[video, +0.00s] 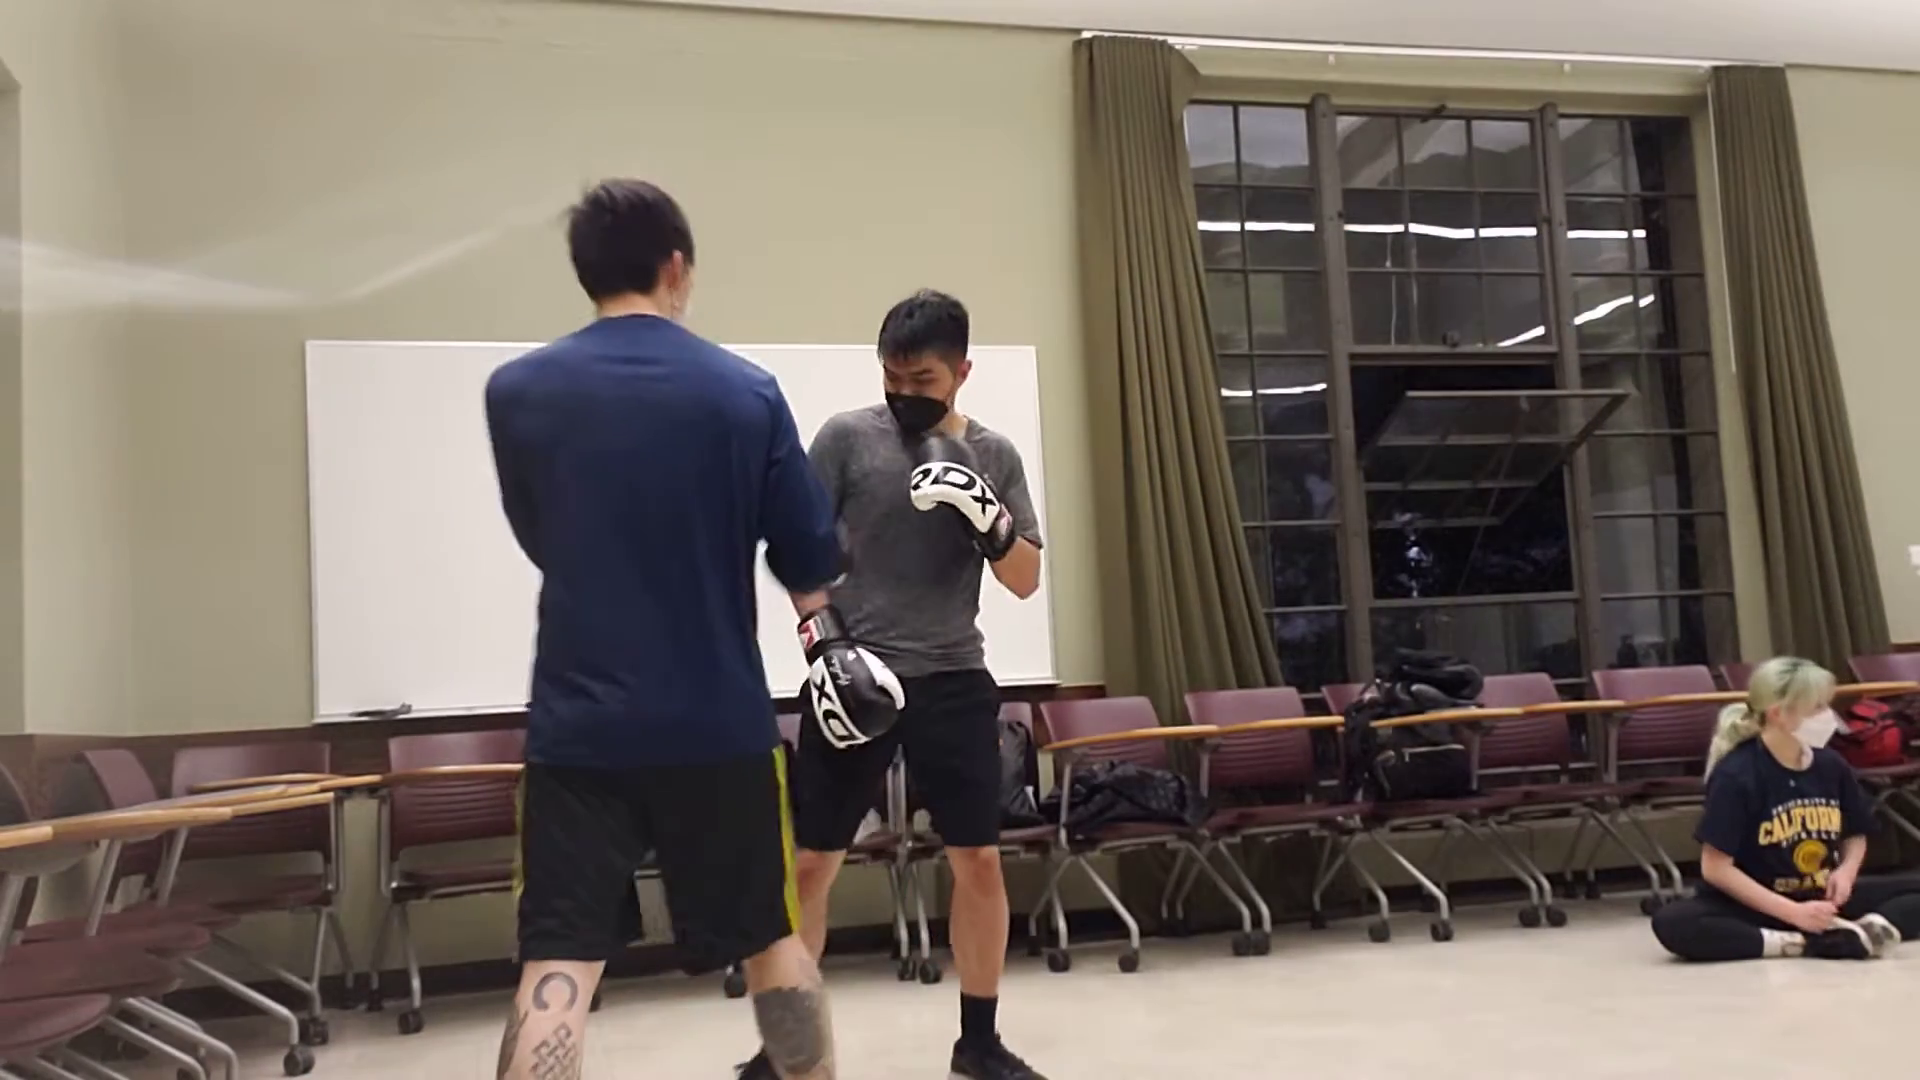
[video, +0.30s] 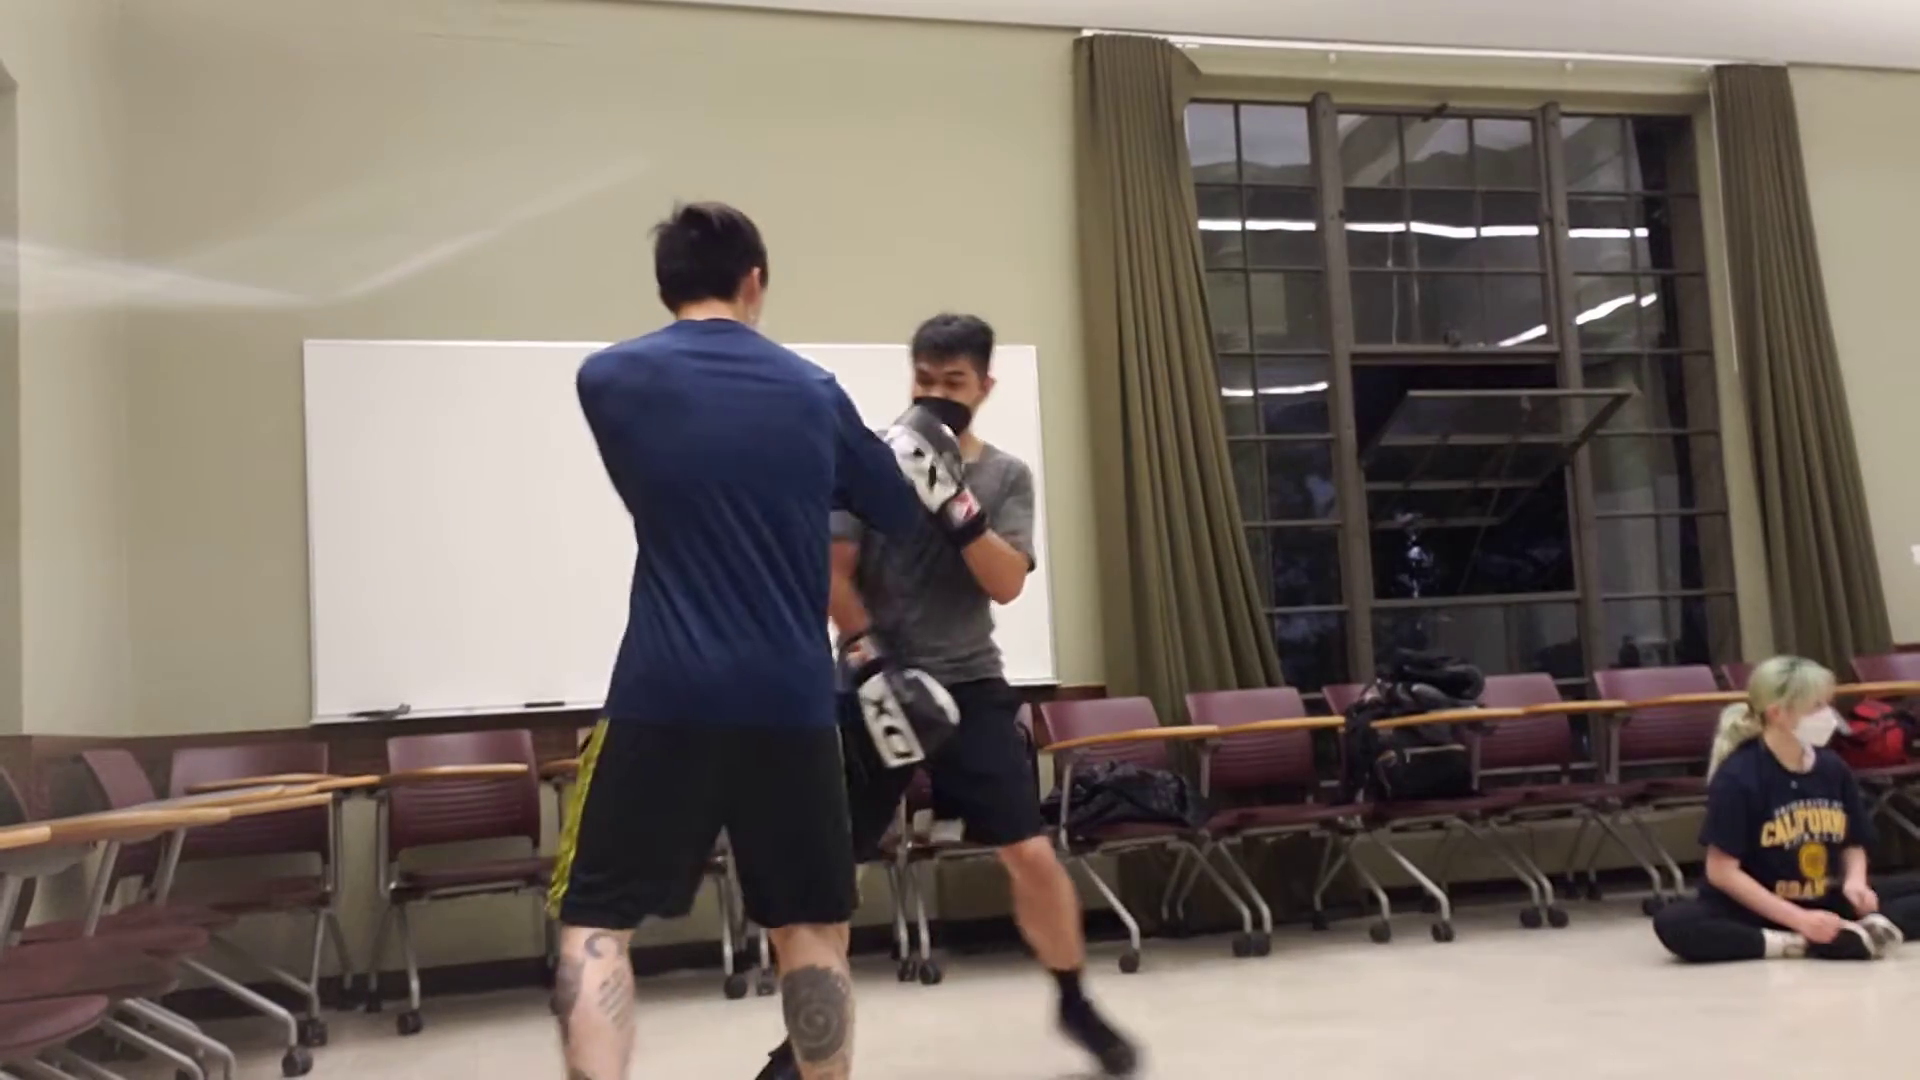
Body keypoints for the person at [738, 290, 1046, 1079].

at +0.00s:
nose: (912, 394)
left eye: (929, 378)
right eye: (899, 377)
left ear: (963, 370)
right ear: (880, 367)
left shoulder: (993, 456)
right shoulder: (843, 439)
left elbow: (1024, 580)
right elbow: (800, 548)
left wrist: (990, 518)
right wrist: (824, 644)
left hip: (952, 680)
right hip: (853, 677)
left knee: (979, 859)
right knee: (811, 862)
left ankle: (979, 1040)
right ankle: (783, 1046)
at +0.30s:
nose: (938, 399)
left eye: (955, 385)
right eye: (927, 384)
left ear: (985, 385)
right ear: (910, 380)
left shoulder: (1004, 474)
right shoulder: (869, 462)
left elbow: (1006, 584)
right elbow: (835, 576)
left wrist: (952, 500)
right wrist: (869, 658)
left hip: (970, 684)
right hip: (875, 685)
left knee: (1030, 851)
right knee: (822, 858)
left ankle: (1074, 1002)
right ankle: (804, 1036)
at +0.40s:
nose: (975, 397)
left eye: (993, 385)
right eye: (966, 383)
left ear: (1027, 388)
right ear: (952, 382)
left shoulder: (1045, 476)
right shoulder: (910, 462)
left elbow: (1028, 566)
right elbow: (877, 567)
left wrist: (960, 486)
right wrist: (905, 645)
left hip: (1006, 685)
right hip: (906, 682)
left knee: (1065, 857)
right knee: (855, 862)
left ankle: (1139, 1009)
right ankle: (805, 1033)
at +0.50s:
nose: (1018, 392)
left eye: (1035, 379)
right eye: (1008, 379)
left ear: (1073, 385)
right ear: (996, 383)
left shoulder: (1097, 471)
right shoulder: (962, 455)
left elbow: (1081, 572)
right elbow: (917, 572)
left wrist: (998, 502)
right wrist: (946, 641)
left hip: (1067, 695)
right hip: (970, 692)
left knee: (1116, 865)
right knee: (892, 859)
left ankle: (1151, 1022)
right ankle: (811, 1029)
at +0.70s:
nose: (1076, 351)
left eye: (1091, 337)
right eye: (1066, 338)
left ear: (1132, 340)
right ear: (1055, 343)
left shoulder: (1174, 434)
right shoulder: (1027, 428)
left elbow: (1200, 551)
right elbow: (1007, 540)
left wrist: (1129, 511)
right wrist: (1018, 623)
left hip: (1143, 652)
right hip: (1051, 651)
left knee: (1166, 823)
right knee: (1026, 826)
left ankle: (1165, 1004)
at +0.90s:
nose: (1126, 375)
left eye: (1143, 361)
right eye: (1117, 361)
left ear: (1186, 363)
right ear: (1108, 364)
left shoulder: (1225, 455)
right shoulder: (1079, 454)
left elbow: (1250, 576)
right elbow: (1047, 563)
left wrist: (1218, 548)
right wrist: (1078, 645)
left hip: (1211, 667)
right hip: (1117, 674)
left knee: (1274, 824)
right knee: (1118, 849)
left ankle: (1320, 993)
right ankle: (1121, 1006)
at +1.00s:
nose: (1167, 394)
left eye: (1182, 379)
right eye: (1156, 381)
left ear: (1224, 377)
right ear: (1145, 384)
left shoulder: (1268, 464)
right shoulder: (1121, 468)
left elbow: (1292, 586)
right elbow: (1096, 577)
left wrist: (1241, 550)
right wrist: (1114, 670)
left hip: (1254, 687)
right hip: (1158, 689)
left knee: (1321, 844)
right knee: (1140, 865)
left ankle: (1401, 999)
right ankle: (1126, 1012)